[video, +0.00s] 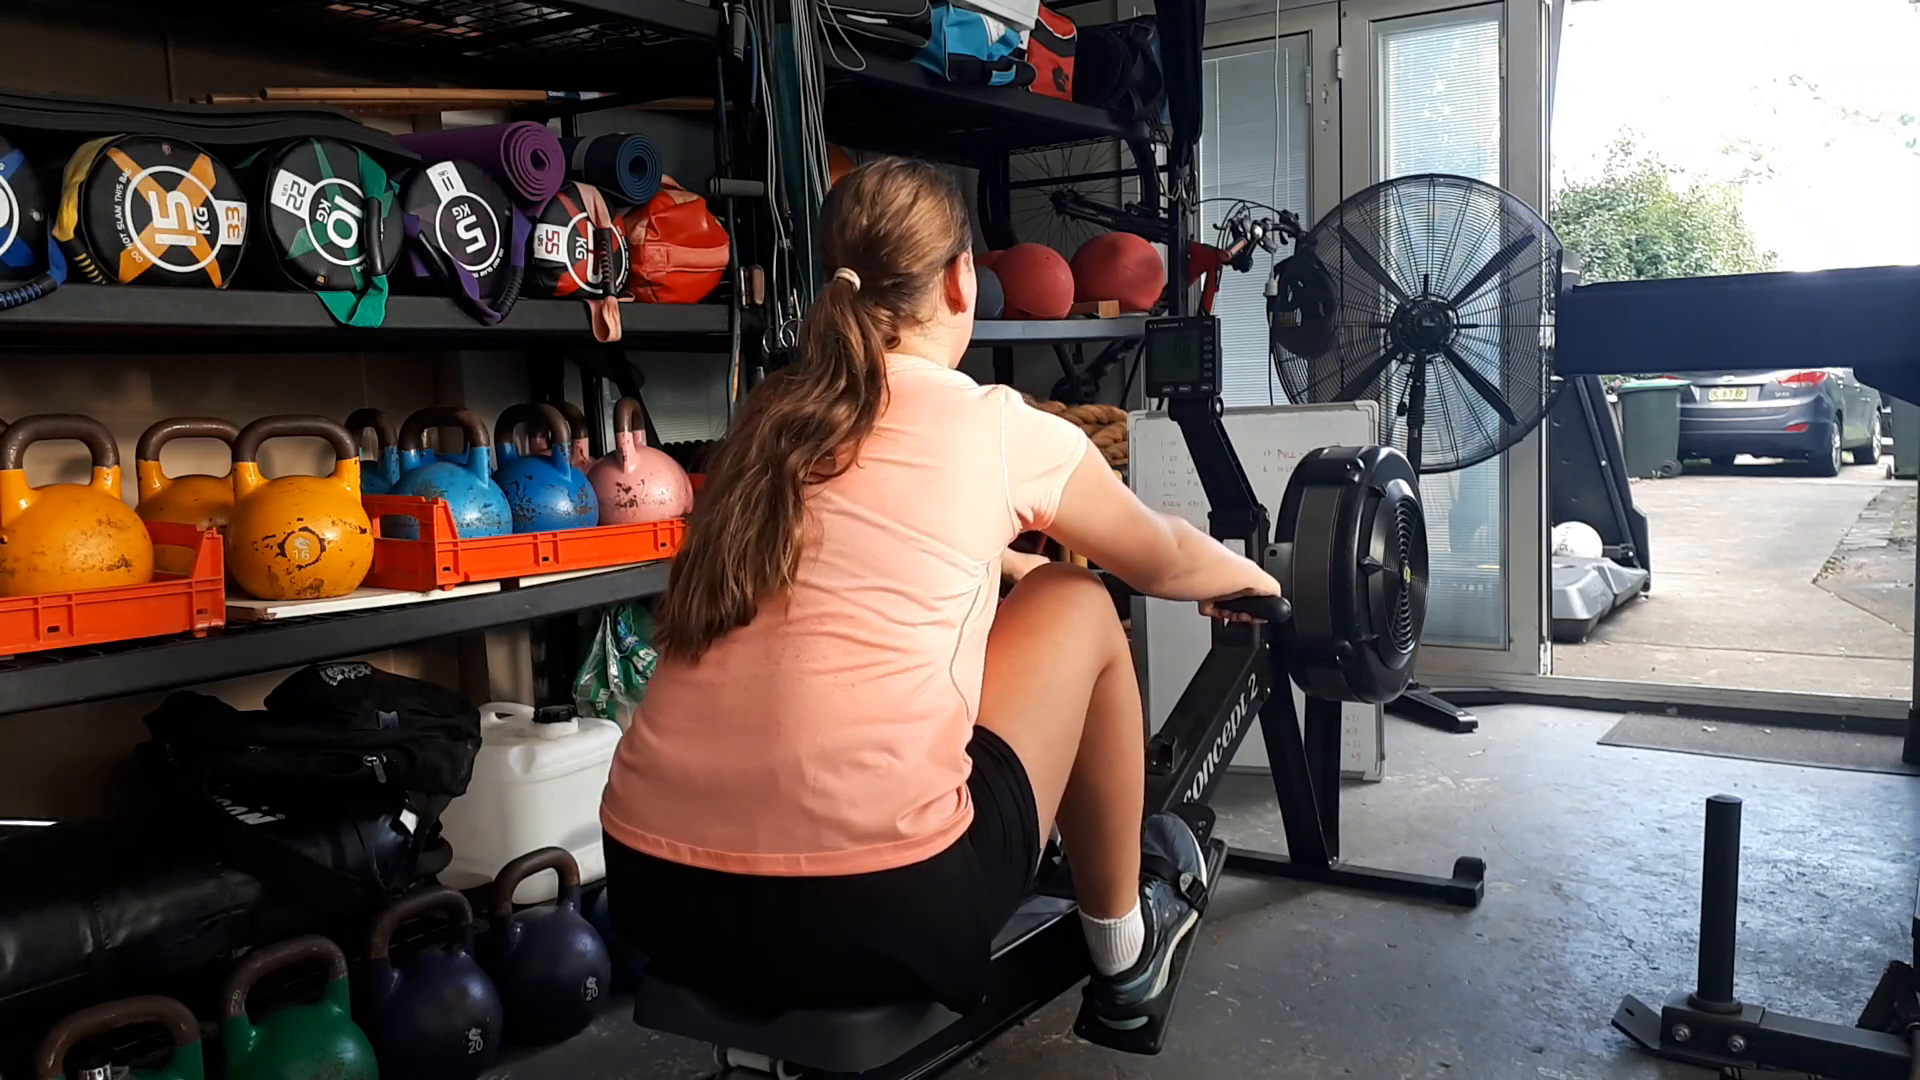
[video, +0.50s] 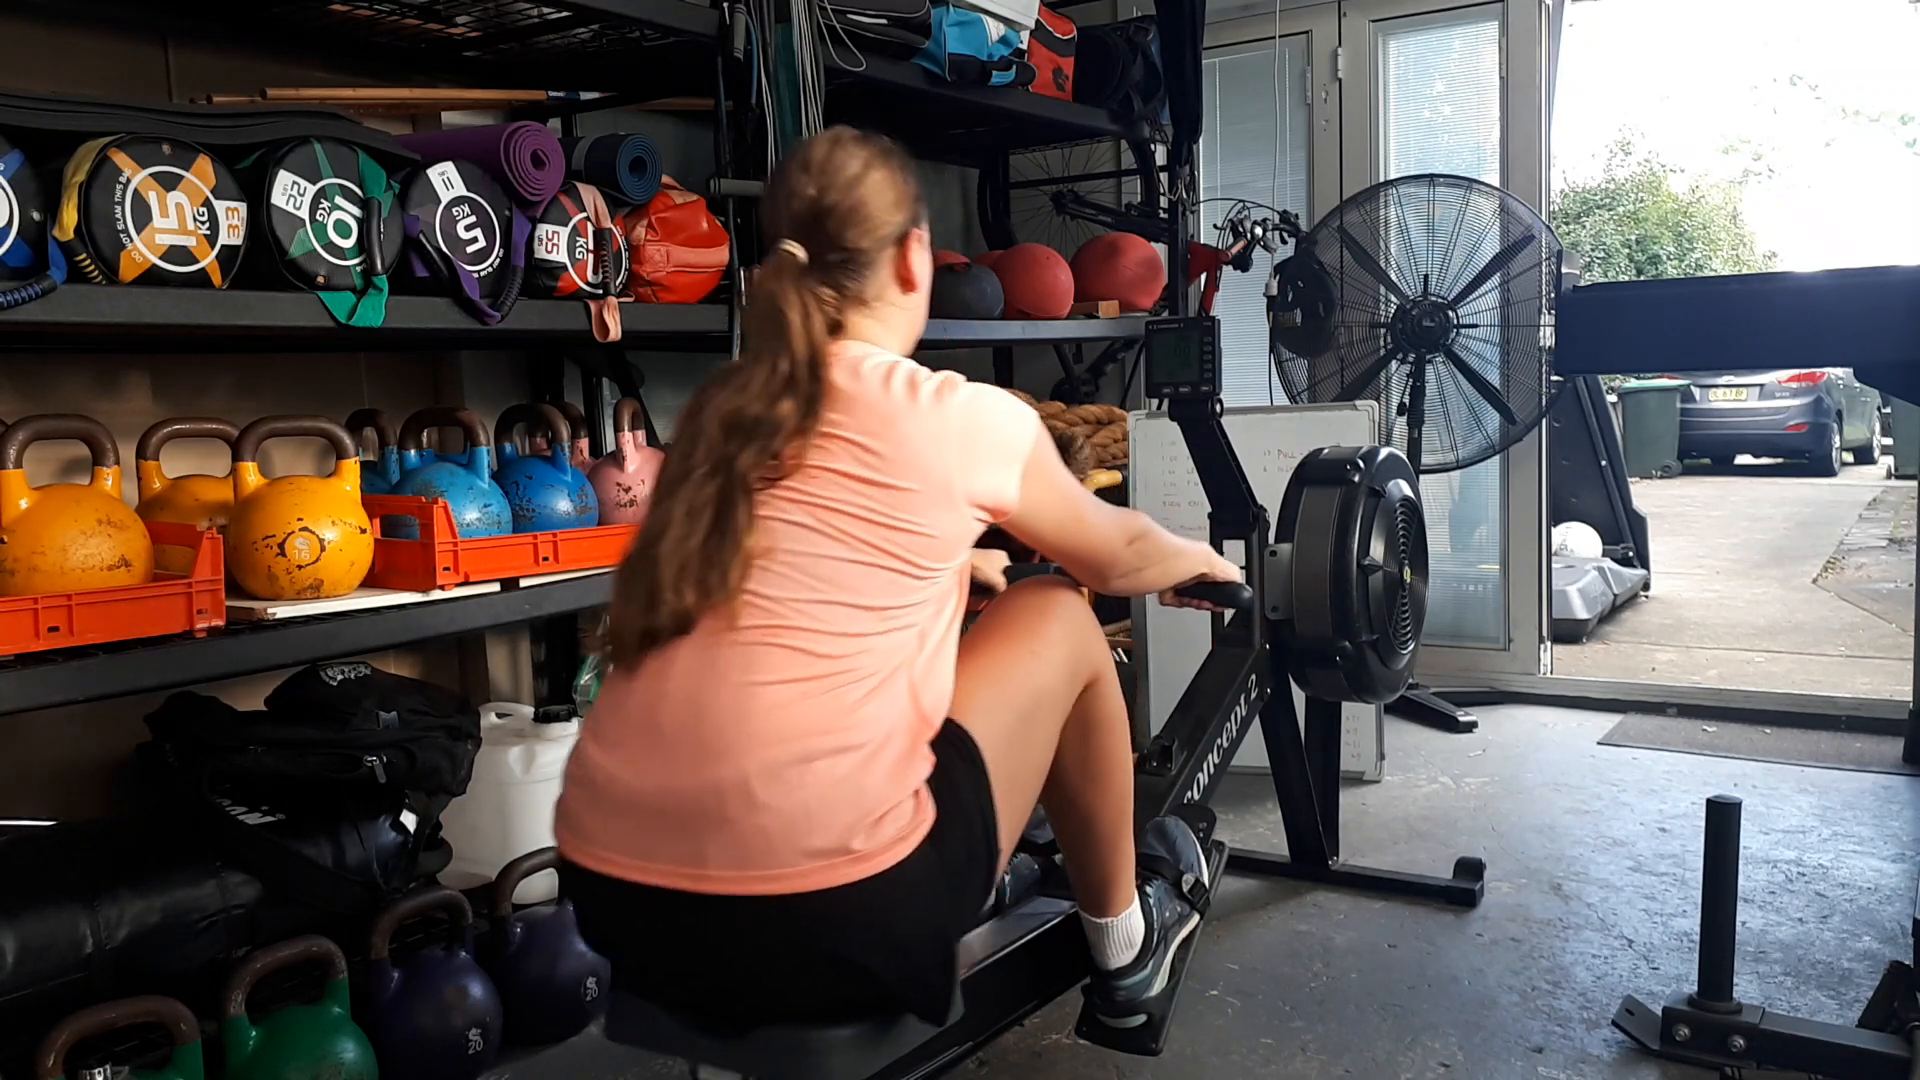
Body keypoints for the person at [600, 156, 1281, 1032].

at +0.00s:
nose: (976, 288)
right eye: (973, 267)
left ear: (832, 290)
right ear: (960, 285)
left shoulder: (766, 418)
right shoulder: (999, 428)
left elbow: (857, 542)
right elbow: (1161, 553)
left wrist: (1003, 561)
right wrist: (1228, 574)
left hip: (665, 911)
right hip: (873, 925)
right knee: (1076, 594)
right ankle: (1122, 960)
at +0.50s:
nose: (934, 264)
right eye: (931, 243)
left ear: (779, 265)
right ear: (914, 261)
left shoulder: (718, 411)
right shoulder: (969, 422)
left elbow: (773, 573)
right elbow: (1113, 550)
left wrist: (940, 572)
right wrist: (1190, 558)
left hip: (623, 917)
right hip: (833, 932)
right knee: (1064, 620)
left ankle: (979, 876)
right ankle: (1126, 955)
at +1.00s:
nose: (647, 260)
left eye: (649, 228)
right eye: (646, 225)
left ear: (453, 212)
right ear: (597, 217)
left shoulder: (359, 400)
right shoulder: (640, 414)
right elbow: (879, 591)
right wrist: (987, 567)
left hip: (369, 1005)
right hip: (599, 1022)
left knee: (790, 736)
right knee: (973, 760)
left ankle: (941, 896)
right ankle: (1126, 943)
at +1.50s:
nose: (481, 289)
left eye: (486, 251)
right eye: (483, 247)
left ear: (248, 233)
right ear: (418, 239)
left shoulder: (101, 433)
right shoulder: (387, 464)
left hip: (286, 1034)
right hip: (517, 1044)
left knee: (760, 841)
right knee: (918, 880)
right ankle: (1114, 945)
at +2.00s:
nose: (842, 271)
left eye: (835, 250)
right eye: (840, 249)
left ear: (675, 250)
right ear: (815, 257)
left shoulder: (591, 407)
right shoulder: (852, 415)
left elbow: (668, 585)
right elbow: (1058, 589)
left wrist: (868, 603)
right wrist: (1128, 599)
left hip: (497, 986)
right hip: (728, 996)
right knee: (993, 665)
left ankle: (928, 898)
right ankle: (1121, 958)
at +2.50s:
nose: (1016, 314)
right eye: (1014, 296)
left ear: (873, 313)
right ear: (1000, 312)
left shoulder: (813, 429)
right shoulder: (1040, 429)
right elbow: (1180, 550)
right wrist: (1255, 580)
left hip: (722, 888)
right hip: (914, 900)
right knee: (1108, 583)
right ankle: (1119, 950)